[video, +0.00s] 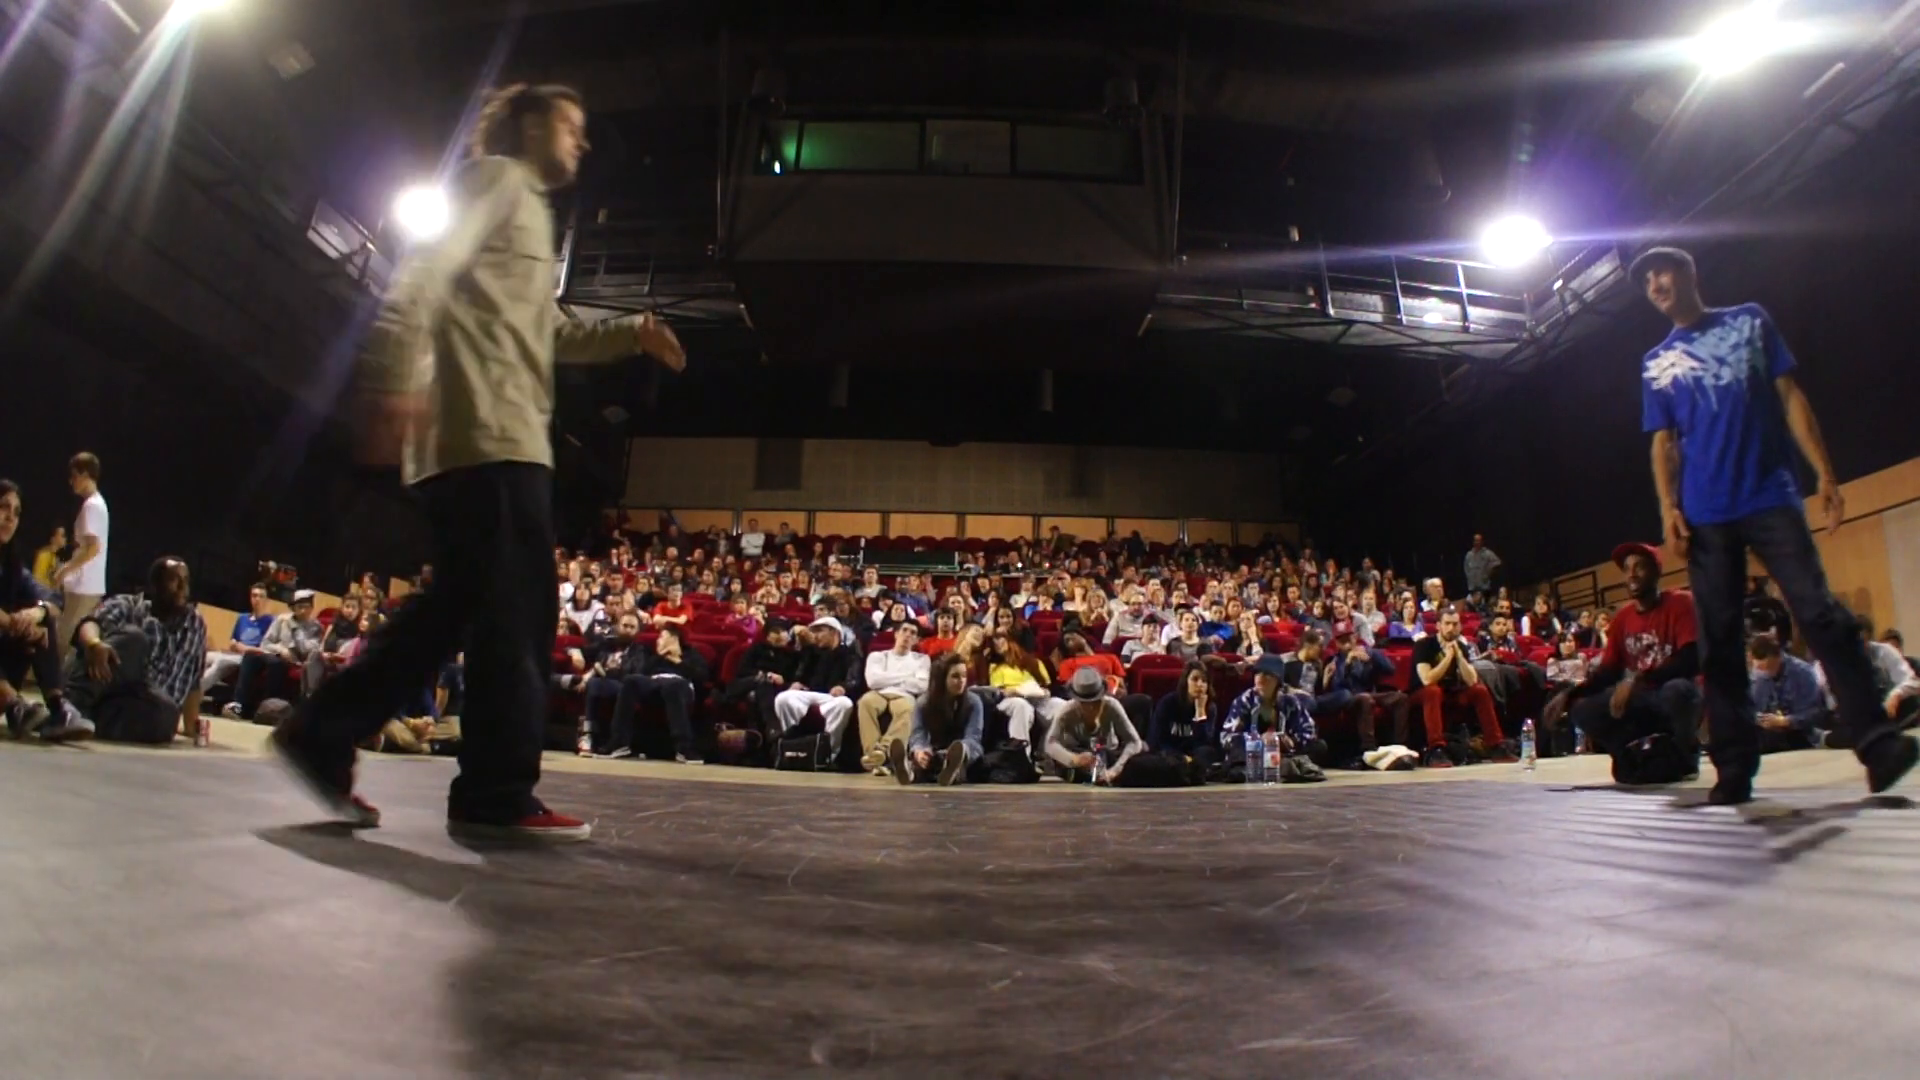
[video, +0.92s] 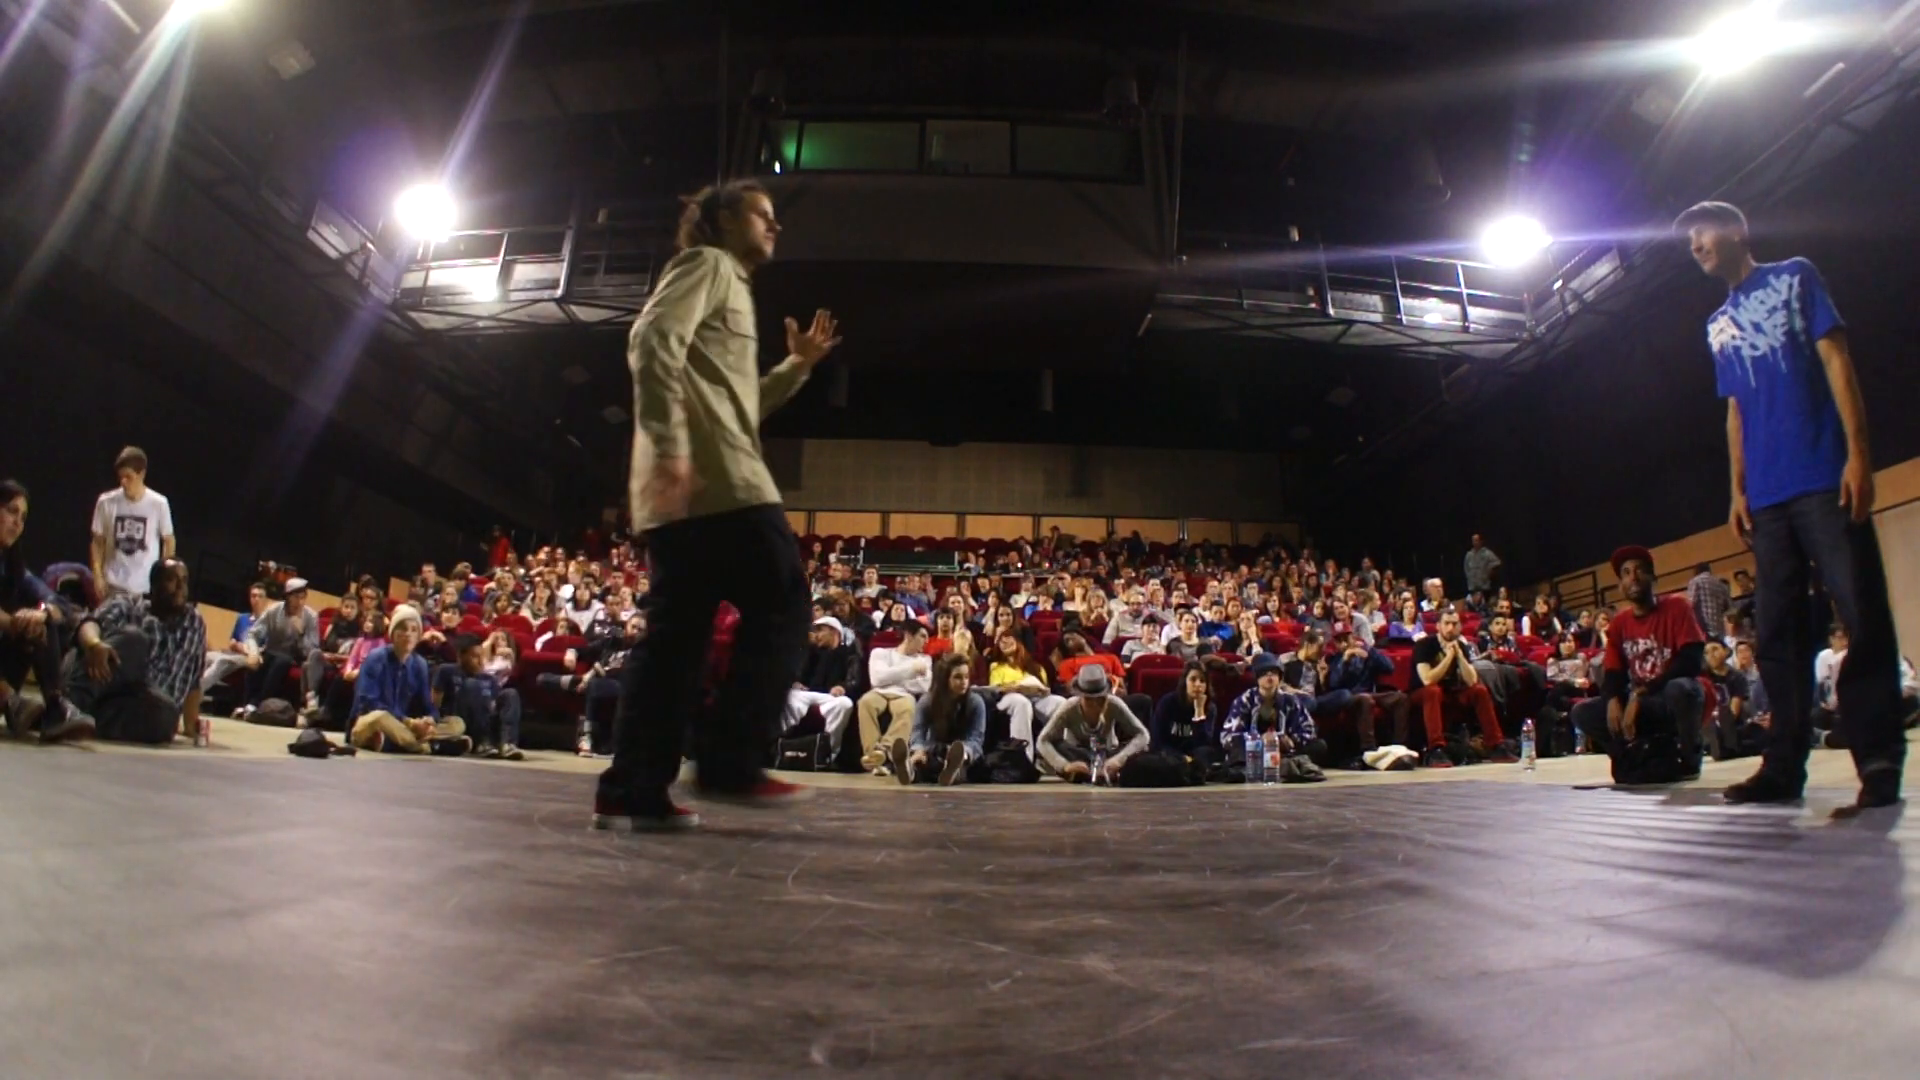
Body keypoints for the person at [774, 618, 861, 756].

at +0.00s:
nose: (816, 636)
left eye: (820, 631)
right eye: (815, 632)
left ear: (834, 633)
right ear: (812, 634)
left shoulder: (848, 654)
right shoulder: (812, 653)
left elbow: (853, 680)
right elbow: (802, 675)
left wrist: (842, 687)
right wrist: (798, 684)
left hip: (831, 695)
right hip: (808, 692)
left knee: (844, 704)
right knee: (783, 700)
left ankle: (828, 755)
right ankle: (794, 750)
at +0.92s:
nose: (817, 635)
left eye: (821, 630)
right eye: (816, 631)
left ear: (833, 632)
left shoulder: (848, 654)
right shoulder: (813, 652)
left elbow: (853, 681)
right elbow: (801, 674)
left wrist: (843, 688)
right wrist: (797, 683)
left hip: (830, 694)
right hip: (808, 692)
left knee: (844, 704)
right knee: (791, 698)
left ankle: (829, 753)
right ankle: (785, 747)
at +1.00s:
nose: (818, 635)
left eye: (822, 631)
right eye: (818, 631)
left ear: (834, 633)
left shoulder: (848, 653)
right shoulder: (815, 653)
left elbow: (854, 679)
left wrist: (842, 687)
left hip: (834, 694)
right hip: (816, 693)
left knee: (844, 704)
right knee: (843, 704)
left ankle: (828, 752)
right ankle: (829, 753)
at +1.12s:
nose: (822, 634)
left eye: (825, 630)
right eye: (821, 630)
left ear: (835, 634)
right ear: (821, 633)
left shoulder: (848, 653)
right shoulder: (816, 653)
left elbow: (854, 680)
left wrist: (843, 687)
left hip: (834, 695)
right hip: (814, 693)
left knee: (845, 704)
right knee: (842, 704)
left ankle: (828, 752)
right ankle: (830, 754)